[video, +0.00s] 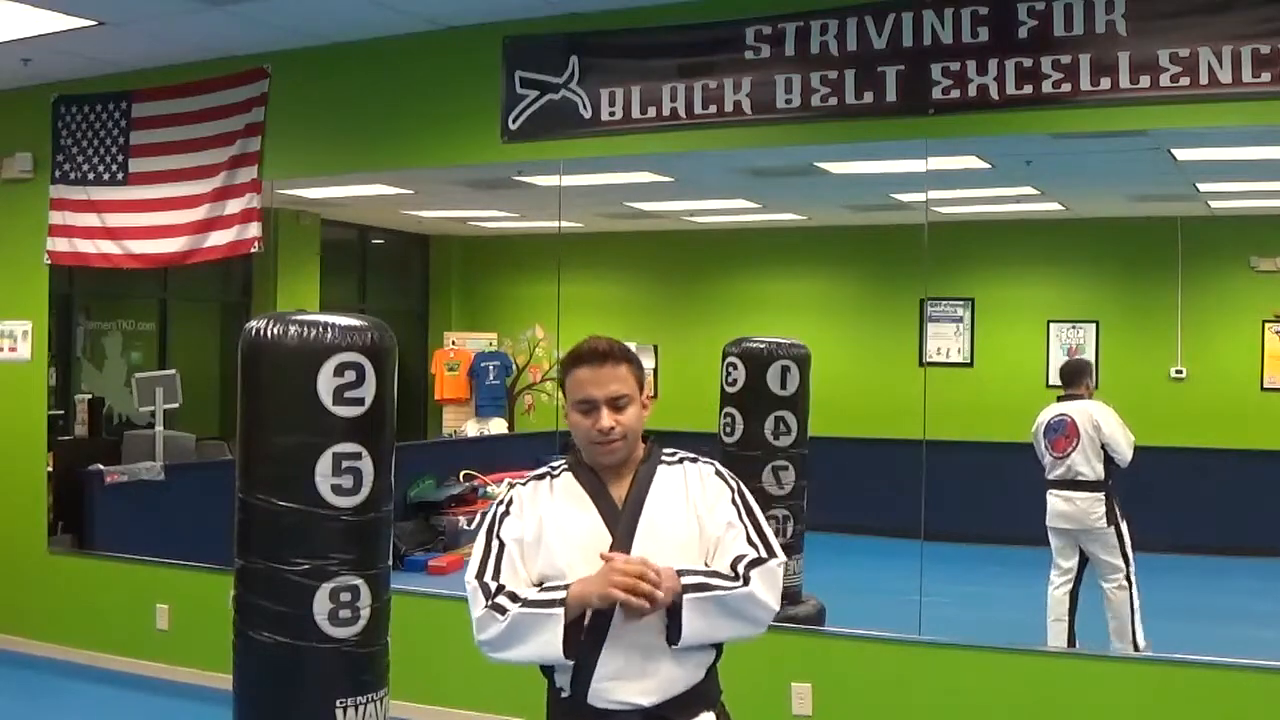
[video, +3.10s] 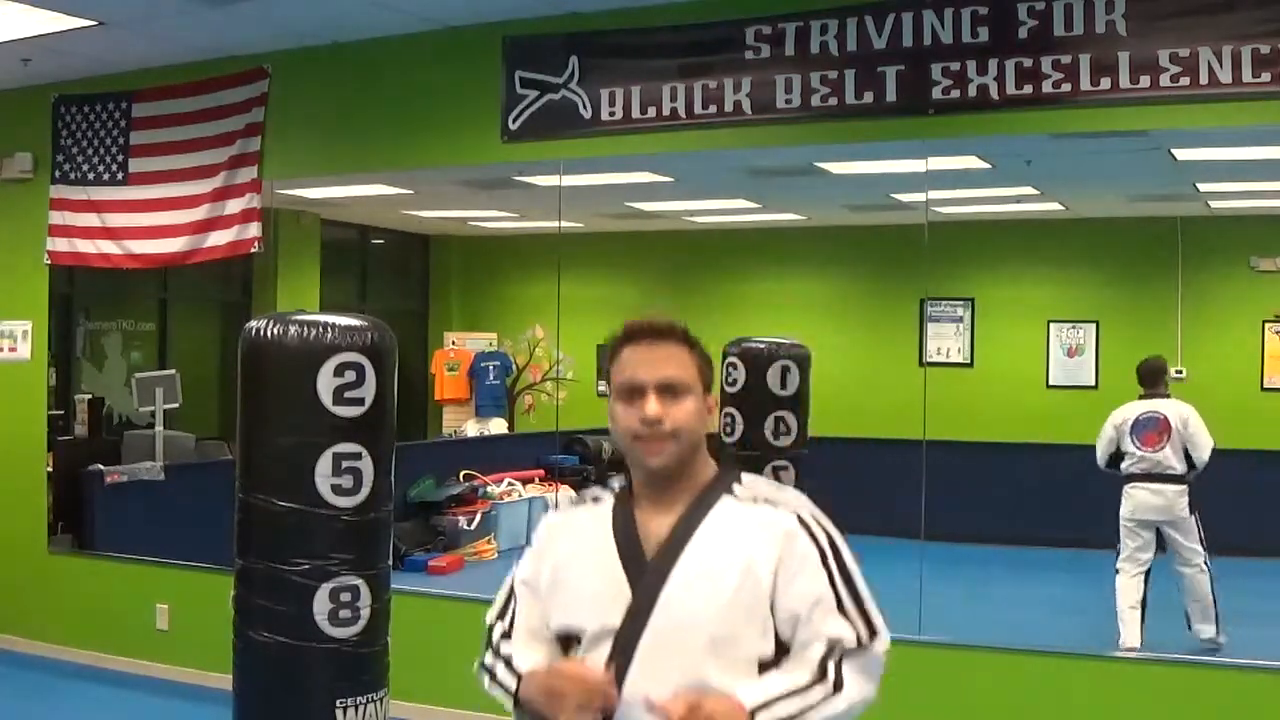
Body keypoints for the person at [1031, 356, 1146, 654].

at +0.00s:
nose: (1094, 385)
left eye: (1092, 380)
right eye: (1093, 380)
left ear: (1063, 384)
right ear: (1088, 383)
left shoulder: (1045, 415)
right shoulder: (1098, 411)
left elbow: (1045, 457)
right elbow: (1124, 455)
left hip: (1056, 501)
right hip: (1094, 503)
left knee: (1061, 576)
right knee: (1117, 577)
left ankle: (1058, 649)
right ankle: (1128, 650)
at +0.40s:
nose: (1131, 385)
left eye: (1128, 381)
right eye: (1131, 381)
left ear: (1102, 381)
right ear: (1128, 383)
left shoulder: (1078, 411)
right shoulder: (1137, 415)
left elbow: (1070, 451)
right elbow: (1159, 460)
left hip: (1084, 499)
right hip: (1122, 503)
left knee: (1077, 568)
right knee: (1131, 575)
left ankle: (1062, 646)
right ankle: (1133, 649)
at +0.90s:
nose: (1163, 384)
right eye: (1165, 379)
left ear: (1140, 381)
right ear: (1167, 381)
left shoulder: (1117, 410)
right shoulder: (1182, 415)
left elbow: (1103, 454)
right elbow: (1197, 460)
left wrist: (1134, 452)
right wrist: (1168, 458)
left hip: (1120, 500)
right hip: (1157, 504)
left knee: (1112, 565)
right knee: (1149, 573)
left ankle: (1104, 639)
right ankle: (1137, 647)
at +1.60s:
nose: (1168, 379)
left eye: (1165, 374)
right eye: (1165, 375)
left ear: (1138, 385)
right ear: (1161, 381)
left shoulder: (1126, 417)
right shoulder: (1174, 414)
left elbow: (1125, 463)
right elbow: (1200, 457)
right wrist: (1205, 442)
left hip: (1137, 496)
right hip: (1170, 500)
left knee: (1142, 564)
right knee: (1192, 561)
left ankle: (1139, 638)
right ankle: (1157, 621)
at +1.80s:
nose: (1172, 379)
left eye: (1169, 374)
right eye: (1170, 375)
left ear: (1144, 383)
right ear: (1168, 380)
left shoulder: (1131, 415)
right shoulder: (1181, 410)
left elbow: (1133, 459)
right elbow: (1206, 451)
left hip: (1143, 495)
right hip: (1179, 496)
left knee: (1146, 563)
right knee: (1210, 555)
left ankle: (1144, 637)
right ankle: (1193, 622)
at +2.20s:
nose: (1211, 380)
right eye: (1211, 376)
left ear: (1185, 380)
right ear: (1211, 379)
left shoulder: (1166, 413)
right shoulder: (1229, 412)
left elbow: (1151, 458)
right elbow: (1247, 455)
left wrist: (1180, 453)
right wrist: (1220, 457)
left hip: (1174, 493)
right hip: (1211, 496)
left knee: (1161, 559)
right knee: (1219, 564)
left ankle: (1150, 630)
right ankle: (1225, 636)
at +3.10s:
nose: (1165, 381)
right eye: (1166, 376)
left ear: (1139, 381)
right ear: (1166, 380)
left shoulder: (1122, 413)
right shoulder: (1184, 411)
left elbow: (1103, 459)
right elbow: (1203, 454)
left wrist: (1134, 466)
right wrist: (1183, 475)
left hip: (1135, 497)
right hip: (1174, 498)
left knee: (1130, 566)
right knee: (1192, 563)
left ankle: (1129, 641)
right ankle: (1207, 633)